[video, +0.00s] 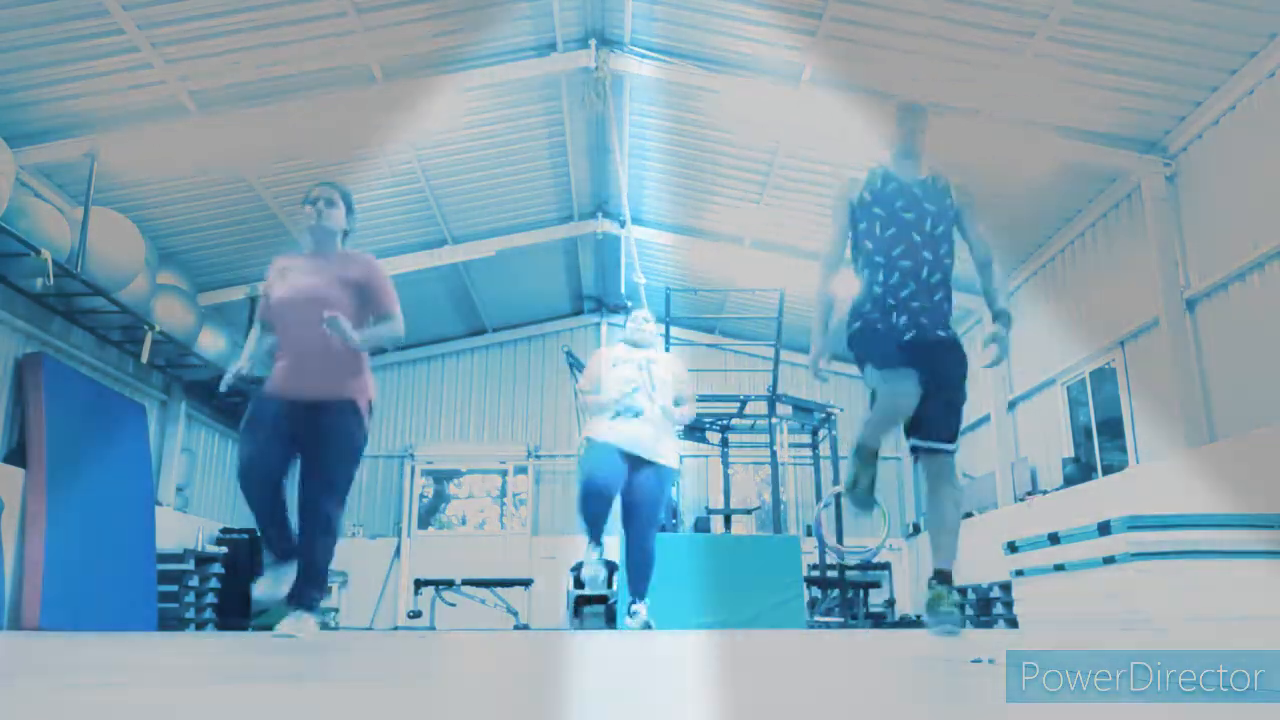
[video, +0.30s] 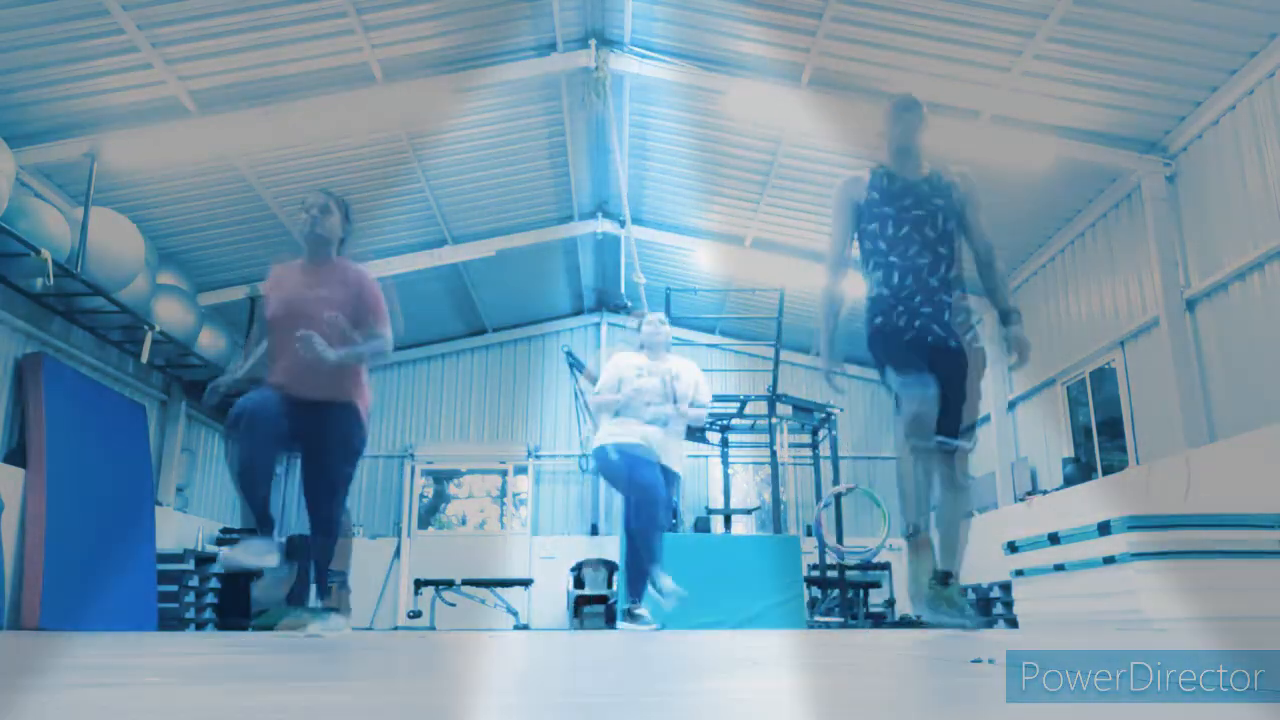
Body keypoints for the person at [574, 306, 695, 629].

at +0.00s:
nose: (642, 325)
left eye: (648, 321)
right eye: (636, 321)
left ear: (657, 331)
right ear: (624, 328)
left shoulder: (672, 363)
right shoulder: (604, 357)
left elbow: (689, 410)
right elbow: (582, 401)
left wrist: (671, 412)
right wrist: (614, 399)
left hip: (655, 447)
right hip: (608, 439)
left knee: (642, 527)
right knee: (599, 483)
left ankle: (637, 604)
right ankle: (594, 543)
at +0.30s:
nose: (656, 329)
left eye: (661, 324)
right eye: (650, 324)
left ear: (669, 332)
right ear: (640, 333)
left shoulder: (687, 369)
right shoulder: (622, 362)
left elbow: (703, 415)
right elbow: (595, 401)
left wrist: (678, 411)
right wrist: (625, 397)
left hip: (664, 456)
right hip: (618, 445)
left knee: (644, 526)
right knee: (651, 485)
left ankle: (631, 605)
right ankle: (656, 568)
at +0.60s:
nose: (667, 337)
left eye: (672, 332)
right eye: (660, 333)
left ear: (679, 341)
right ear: (649, 341)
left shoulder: (695, 376)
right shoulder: (635, 375)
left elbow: (715, 422)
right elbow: (619, 419)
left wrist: (699, 414)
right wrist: (653, 409)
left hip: (689, 468)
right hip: (645, 466)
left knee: (688, 533)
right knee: (670, 526)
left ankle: (630, 593)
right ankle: (664, 610)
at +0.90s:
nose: (690, 339)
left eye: (694, 334)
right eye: (682, 333)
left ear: (699, 341)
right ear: (667, 341)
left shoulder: (708, 377)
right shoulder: (649, 373)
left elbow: (729, 426)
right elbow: (635, 417)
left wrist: (725, 411)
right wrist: (676, 418)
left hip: (702, 458)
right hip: (659, 467)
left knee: (744, 467)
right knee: (679, 530)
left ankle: (732, 542)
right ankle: (667, 613)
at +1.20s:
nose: (719, 349)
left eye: (723, 344)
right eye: (713, 343)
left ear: (728, 346)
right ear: (697, 345)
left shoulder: (740, 381)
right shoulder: (681, 378)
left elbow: (762, 423)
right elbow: (662, 420)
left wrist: (758, 421)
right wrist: (694, 422)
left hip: (739, 469)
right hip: (689, 471)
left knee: (750, 532)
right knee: (680, 536)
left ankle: (758, 611)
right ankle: (660, 610)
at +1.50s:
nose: (742, 322)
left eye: (748, 318)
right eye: (735, 318)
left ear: (757, 326)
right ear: (724, 327)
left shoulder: (773, 358)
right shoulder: (707, 352)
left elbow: (790, 404)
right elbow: (684, 395)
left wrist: (781, 407)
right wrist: (717, 398)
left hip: (757, 444)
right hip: (710, 435)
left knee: (756, 522)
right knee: (712, 478)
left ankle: (753, 600)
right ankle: (697, 544)